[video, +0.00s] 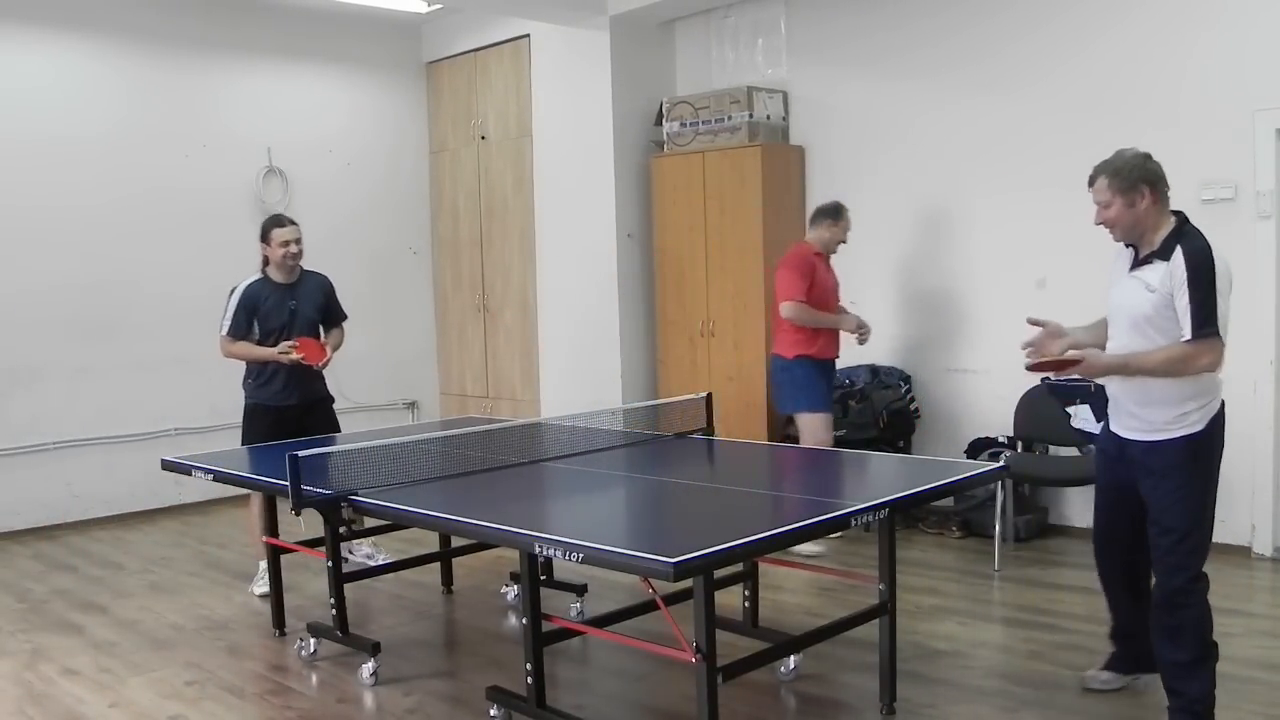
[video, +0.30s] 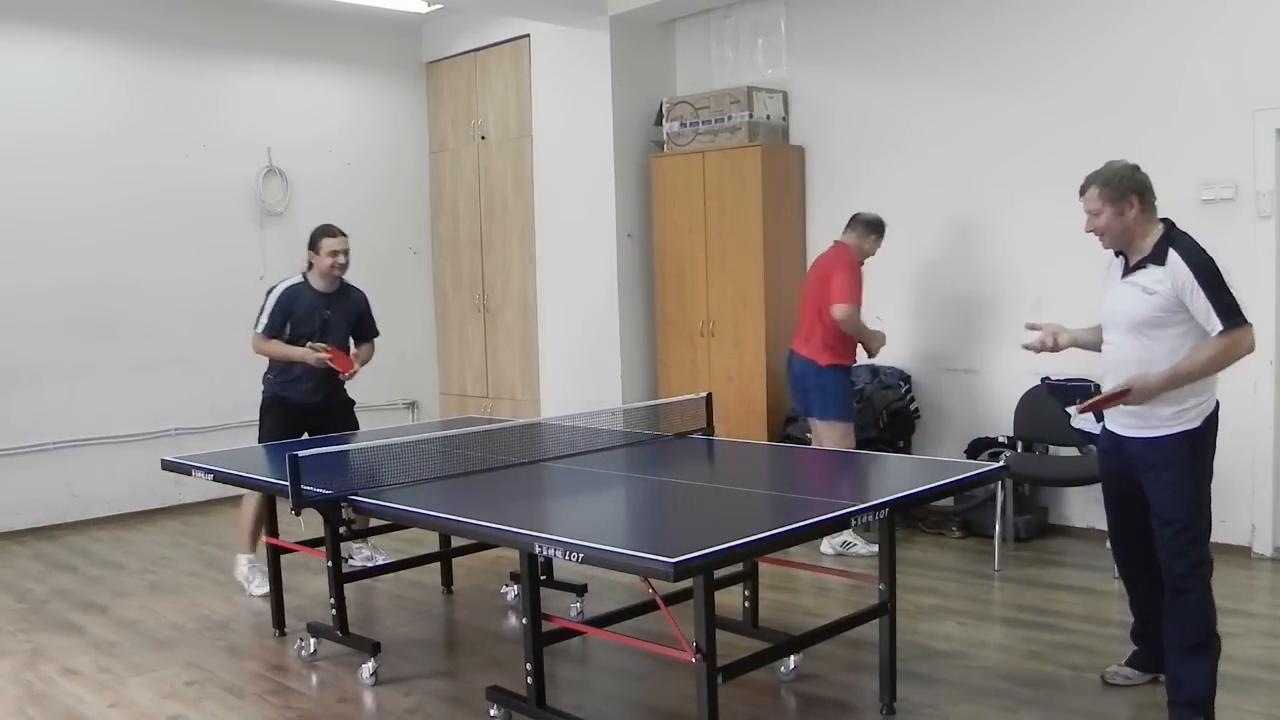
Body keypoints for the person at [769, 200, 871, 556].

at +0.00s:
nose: (844, 241)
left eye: (846, 235)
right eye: (842, 234)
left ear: (828, 228)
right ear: (825, 227)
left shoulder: (821, 263)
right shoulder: (798, 259)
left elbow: (829, 307)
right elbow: (790, 308)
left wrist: (856, 322)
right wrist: (840, 322)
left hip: (817, 363)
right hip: (800, 364)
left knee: (816, 444)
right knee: (818, 444)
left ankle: (813, 522)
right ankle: (802, 528)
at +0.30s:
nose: (874, 253)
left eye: (876, 247)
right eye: (876, 246)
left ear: (850, 232)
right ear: (869, 239)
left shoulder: (826, 259)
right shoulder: (846, 262)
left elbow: (821, 313)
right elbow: (842, 313)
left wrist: (862, 335)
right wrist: (867, 336)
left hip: (808, 364)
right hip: (825, 368)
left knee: (823, 447)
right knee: (841, 451)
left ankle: (820, 524)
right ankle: (836, 532)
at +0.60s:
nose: (868, 245)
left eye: (866, 240)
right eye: (870, 240)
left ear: (838, 232)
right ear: (867, 237)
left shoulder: (814, 262)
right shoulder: (866, 260)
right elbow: (901, 303)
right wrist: (893, 325)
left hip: (807, 361)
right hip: (840, 366)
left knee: (818, 447)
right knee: (847, 452)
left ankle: (820, 527)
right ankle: (839, 532)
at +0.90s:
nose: (858, 257)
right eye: (858, 253)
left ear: (827, 252)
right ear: (857, 252)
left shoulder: (802, 274)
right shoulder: (864, 265)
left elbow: (786, 325)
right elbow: (882, 306)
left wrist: (819, 336)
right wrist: (873, 331)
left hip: (799, 358)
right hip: (837, 359)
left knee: (817, 443)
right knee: (869, 443)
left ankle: (817, 519)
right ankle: (856, 522)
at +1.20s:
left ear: (825, 270)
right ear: (853, 266)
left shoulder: (803, 286)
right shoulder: (865, 272)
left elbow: (788, 338)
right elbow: (889, 308)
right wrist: (874, 339)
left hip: (803, 355)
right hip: (845, 352)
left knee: (814, 445)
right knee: (861, 446)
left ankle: (812, 519)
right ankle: (872, 519)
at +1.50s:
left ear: (829, 279)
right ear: (853, 272)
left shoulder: (814, 292)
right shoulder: (874, 276)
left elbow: (804, 333)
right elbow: (905, 309)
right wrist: (886, 345)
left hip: (817, 354)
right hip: (861, 351)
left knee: (820, 446)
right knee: (870, 448)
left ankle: (817, 520)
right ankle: (872, 521)